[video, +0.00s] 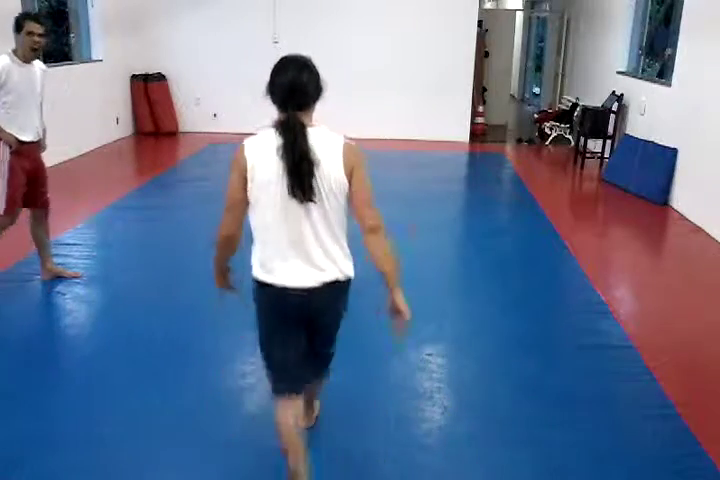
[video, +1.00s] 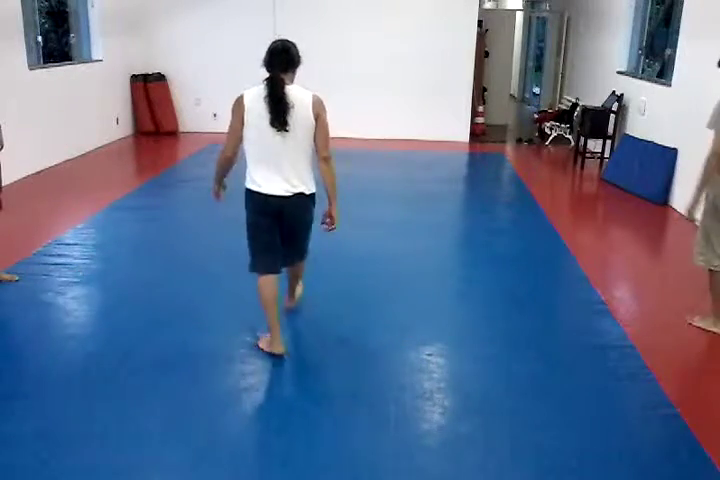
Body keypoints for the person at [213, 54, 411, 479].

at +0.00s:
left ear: (272, 96)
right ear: (317, 95)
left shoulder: (251, 152)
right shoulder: (345, 151)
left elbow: (230, 230)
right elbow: (371, 226)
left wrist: (221, 266)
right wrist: (394, 288)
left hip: (276, 290)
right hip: (330, 287)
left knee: (286, 392)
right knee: (319, 357)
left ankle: (299, 473)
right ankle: (309, 413)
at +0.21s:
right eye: (313, 76)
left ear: (275, 81)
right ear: (315, 80)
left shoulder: (254, 132)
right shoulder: (341, 129)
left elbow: (242, 205)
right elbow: (358, 200)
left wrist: (233, 253)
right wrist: (371, 254)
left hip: (277, 262)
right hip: (328, 261)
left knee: (274, 329)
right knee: (318, 336)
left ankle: (283, 407)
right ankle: (307, 407)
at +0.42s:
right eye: (304, 74)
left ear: (271, 77)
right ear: (309, 77)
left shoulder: (253, 124)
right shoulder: (335, 121)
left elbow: (249, 194)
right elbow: (348, 185)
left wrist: (246, 246)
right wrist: (343, 228)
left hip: (274, 240)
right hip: (322, 242)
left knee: (270, 294)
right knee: (315, 323)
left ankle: (268, 351)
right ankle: (307, 406)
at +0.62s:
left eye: (274, 72)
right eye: (293, 73)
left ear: (265, 76)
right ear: (299, 77)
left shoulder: (247, 120)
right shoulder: (322, 116)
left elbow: (243, 183)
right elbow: (334, 173)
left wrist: (240, 235)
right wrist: (329, 212)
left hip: (267, 225)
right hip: (309, 225)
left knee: (265, 285)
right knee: (309, 296)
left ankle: (274, 341)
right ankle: (309, 376)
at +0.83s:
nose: (292, 69)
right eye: (293, 63)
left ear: (262, 64)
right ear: (294, 65)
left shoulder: (243, 103)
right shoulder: (314, 103)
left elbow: (232, 163)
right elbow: (328, 158)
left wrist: (223, 202)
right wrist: (331, 201)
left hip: (261, 204)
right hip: (301, 202)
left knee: (266, 275)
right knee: (300, 256)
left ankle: (275, 342)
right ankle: (302, 318)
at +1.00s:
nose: (291, 71)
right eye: (294, 66)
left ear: (265, 65)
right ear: (295, 68)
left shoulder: (245, 101)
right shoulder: (312, 103)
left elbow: (230, 153)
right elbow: (324, 156)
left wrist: (219, 180)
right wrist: (332, 202)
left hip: (260, 199)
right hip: (299, 199)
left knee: (266, 267)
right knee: (296, 251)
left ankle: (275, 340)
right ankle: (293, 293)